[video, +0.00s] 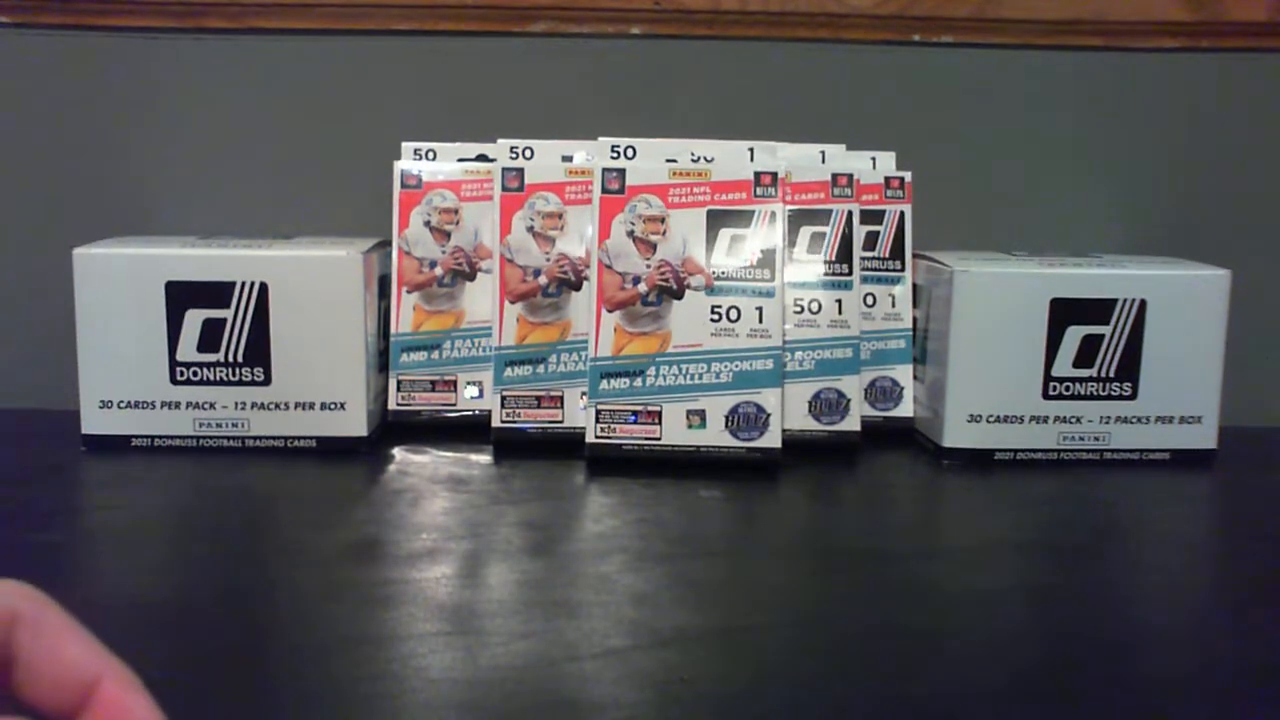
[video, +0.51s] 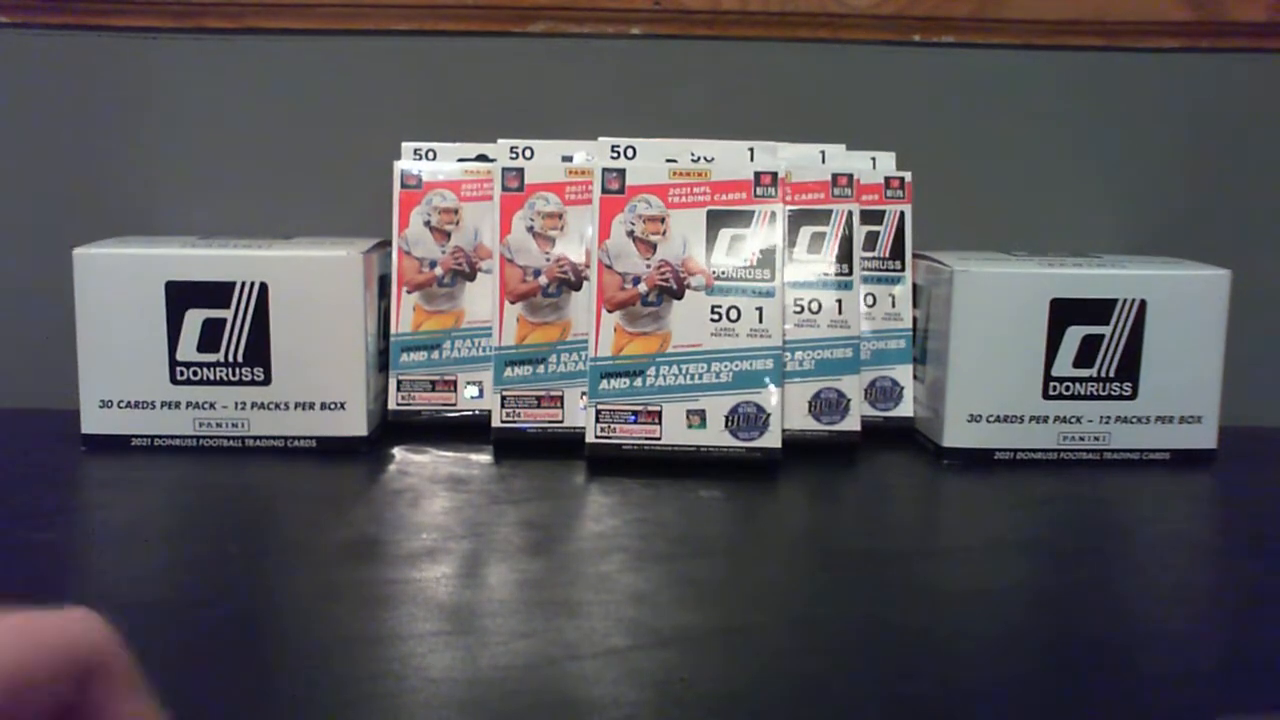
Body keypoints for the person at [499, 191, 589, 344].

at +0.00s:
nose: (555, 223)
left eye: (559, 217)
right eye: (549, 217)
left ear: (564, 219)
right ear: (533, 218)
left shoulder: (569, 244)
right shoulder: (514, 244)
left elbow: (577, 286)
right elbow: (512, 294)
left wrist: (576, 272)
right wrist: (545, 278)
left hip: (557, 324)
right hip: (526, 322)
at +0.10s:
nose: (556, 223)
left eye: (559, 217)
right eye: (549, 217)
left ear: (564, 220)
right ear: (533, 218)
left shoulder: (567, 245)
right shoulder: (514, 244)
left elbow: (577, 286)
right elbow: (512, 294)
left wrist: (574, 272)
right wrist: (545, 278)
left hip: (557, 324)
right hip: (526, 323)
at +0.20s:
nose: (555, 223)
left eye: (559, 217)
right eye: (549, 217)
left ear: (564, 219)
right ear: (533, 218)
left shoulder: (568, 244)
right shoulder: (514, 244)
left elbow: (577, 286)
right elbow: (512, 294)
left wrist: (573, 272)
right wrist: (545, 278)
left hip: (557, 324)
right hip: (526, 323)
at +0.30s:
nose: (556, 223)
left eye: (559, 217)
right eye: (549, 217)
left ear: (564, 219)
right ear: (534, 218)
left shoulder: (569, 244)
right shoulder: (514, 244)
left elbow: (578, 285)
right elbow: (512, 294)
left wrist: (572, 271)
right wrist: (545, 279)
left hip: (557, 324)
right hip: (526, 323)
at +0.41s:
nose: (556, 223)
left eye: (559, 217)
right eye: (549, 217)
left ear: (564, 219)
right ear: (534, 218)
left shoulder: (570, 244)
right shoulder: (514, 244)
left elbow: (578, 285)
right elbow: (512, 294)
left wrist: (572, 271)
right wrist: (545, 279)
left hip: (557, 324)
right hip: (526, 323)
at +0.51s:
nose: (555, 223)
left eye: (559, 217)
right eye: (549, 217)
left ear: (564, 219)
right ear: (534, 218)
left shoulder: (569, 243)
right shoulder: (514, 244)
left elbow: (578, 285)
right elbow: (512, 294)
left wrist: (571, 271)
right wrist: (545, 279)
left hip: (556, 324)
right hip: (526, 322)